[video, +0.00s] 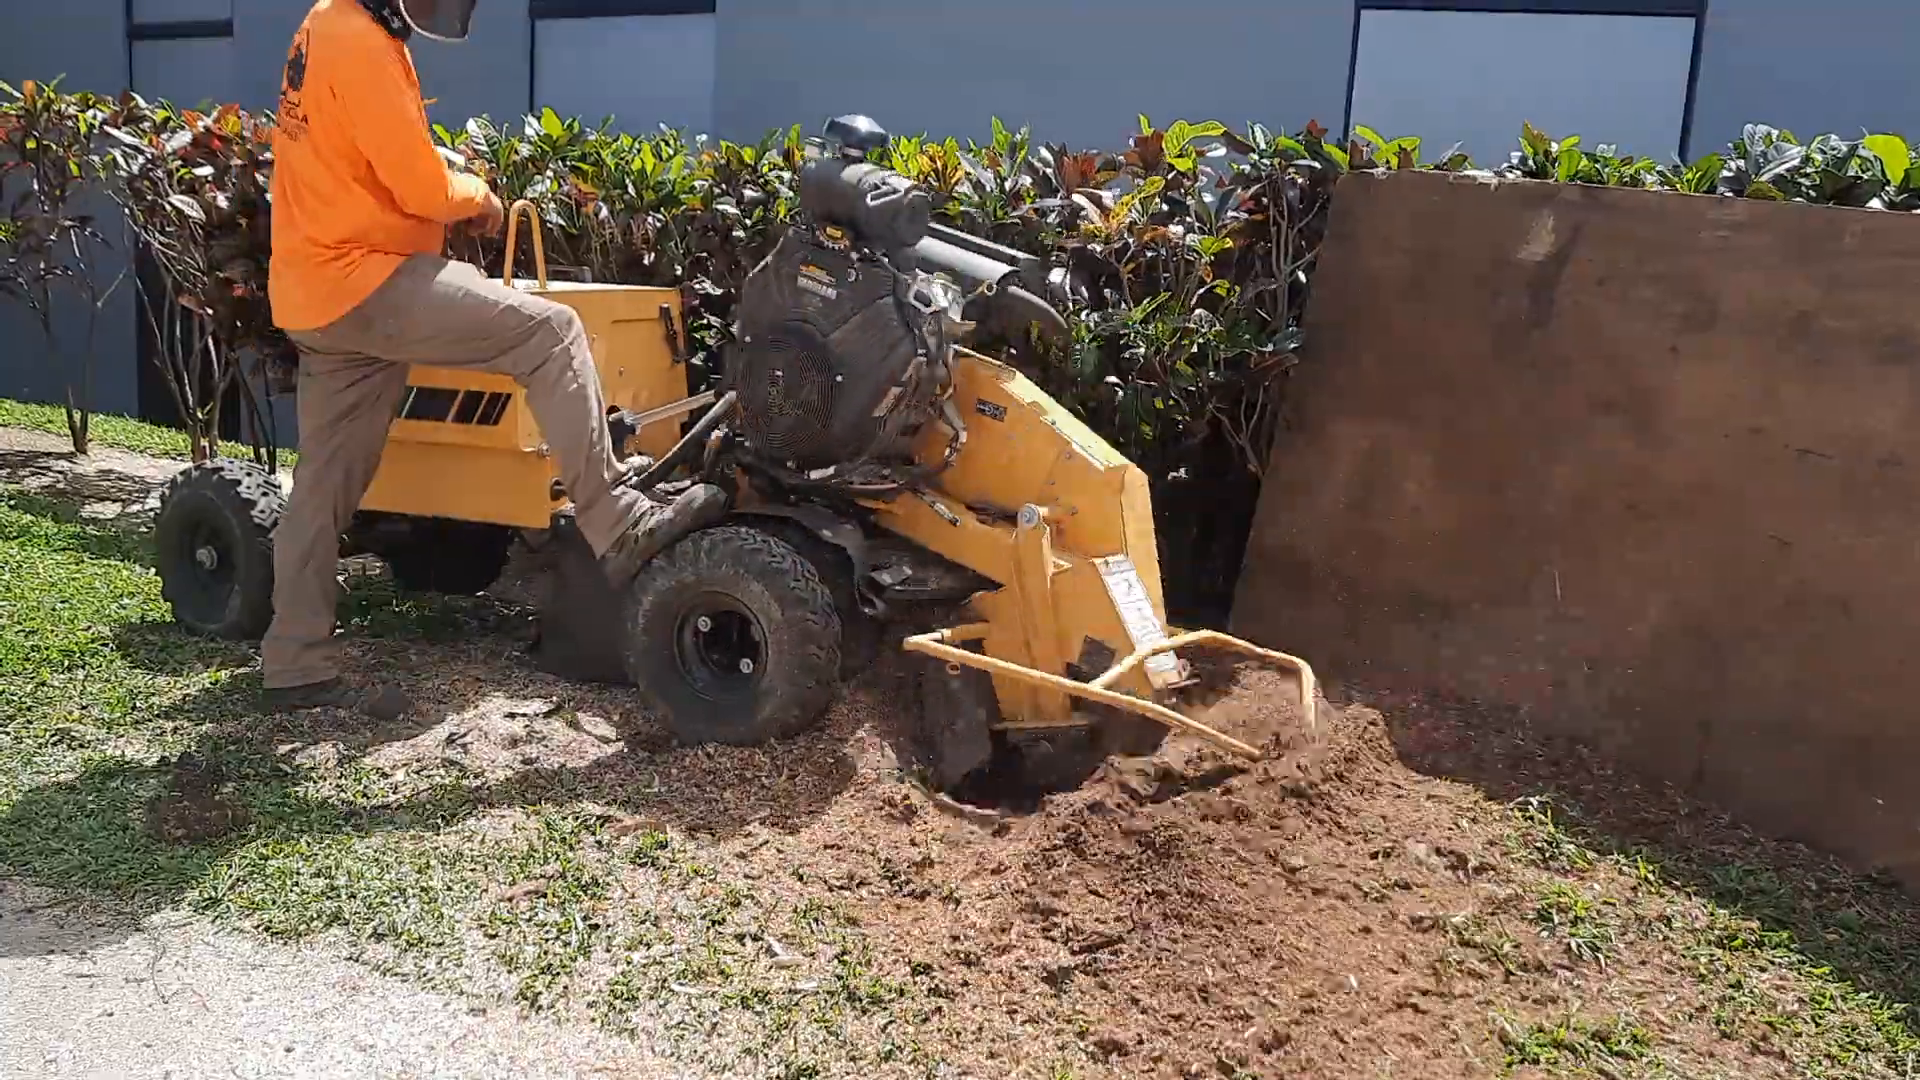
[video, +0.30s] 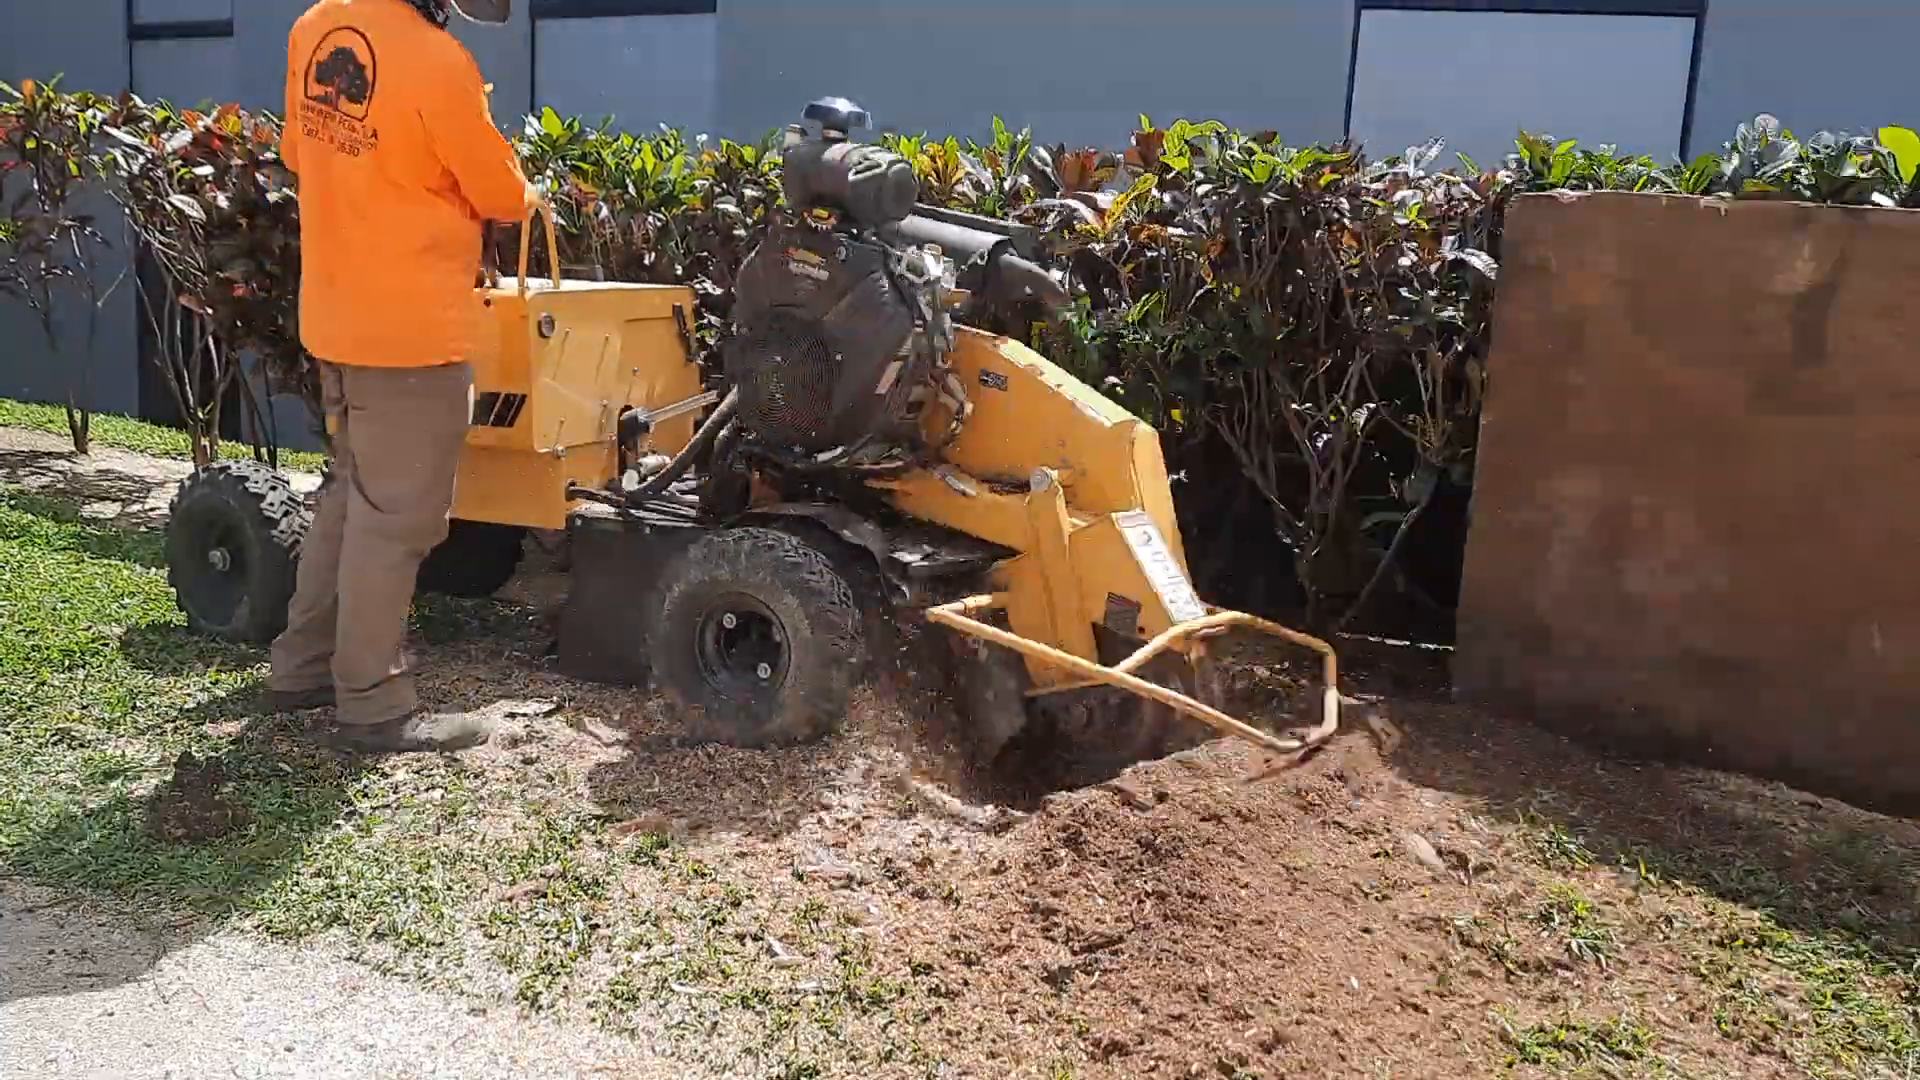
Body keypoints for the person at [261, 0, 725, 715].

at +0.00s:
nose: (434, 26)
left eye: (440, 19)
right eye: (435, 16)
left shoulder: (335, 24)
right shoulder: (362, 44)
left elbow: (373, 158)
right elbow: (422, 189)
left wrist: (450, 180)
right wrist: (476, 193)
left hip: (318, 287)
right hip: (360, 280)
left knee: (323, 488)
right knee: (549, 333)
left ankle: (294, 666)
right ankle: (617, 520)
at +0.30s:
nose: (479, 8)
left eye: (480, 4)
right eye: (474, 2)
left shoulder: (315, 25)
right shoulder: (437, 61)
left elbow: (297, 153)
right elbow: (501, 196)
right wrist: (529, 194)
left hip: (334, 315)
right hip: (411, 327)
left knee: (351, 491)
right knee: (398, 515)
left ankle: (302, 666)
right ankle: (373, 707)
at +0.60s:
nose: (481, 16)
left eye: (483, 9)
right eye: (480, 6)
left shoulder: (317, 24)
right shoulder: (420, 50)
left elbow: (309, 163)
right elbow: (490, 191)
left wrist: (458, 196)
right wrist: (516, 197)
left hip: (349, 317)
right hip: (399, 328)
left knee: (422, 497)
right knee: (389, 514)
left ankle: (425, 656)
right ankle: (371, 706)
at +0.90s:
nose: (476, 27)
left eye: (481, 19)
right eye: (477, 16)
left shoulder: (335, 20)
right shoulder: (417, 61)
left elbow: (366, 160)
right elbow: (474, 201)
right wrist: (540, 197)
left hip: (351, 312)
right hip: (406, 323)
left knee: (419, 494)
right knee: (398, 508)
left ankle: (425, 657)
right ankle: (369, 708)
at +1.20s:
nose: (480, 22)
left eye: (484, 15)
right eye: (481, 11)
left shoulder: (330, 30)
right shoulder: (416, 53)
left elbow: (329, 172)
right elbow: (489, 185)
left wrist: (479, 198)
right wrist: (543, 196)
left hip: (357, 321)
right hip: (411, 328)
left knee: (428, 492)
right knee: (398, 510)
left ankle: (424, 657)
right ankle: (369, 707)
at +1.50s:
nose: (415, 17)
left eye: (419, 10)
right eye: (411, 5)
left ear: (387, 7)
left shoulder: (357, 67)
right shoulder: (277, 61)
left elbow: (344, 233)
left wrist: (387, 367)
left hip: (376, 378)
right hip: (313, 385)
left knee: (379, 540)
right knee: (342, 568)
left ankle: (238, 673)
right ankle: (321, 792)